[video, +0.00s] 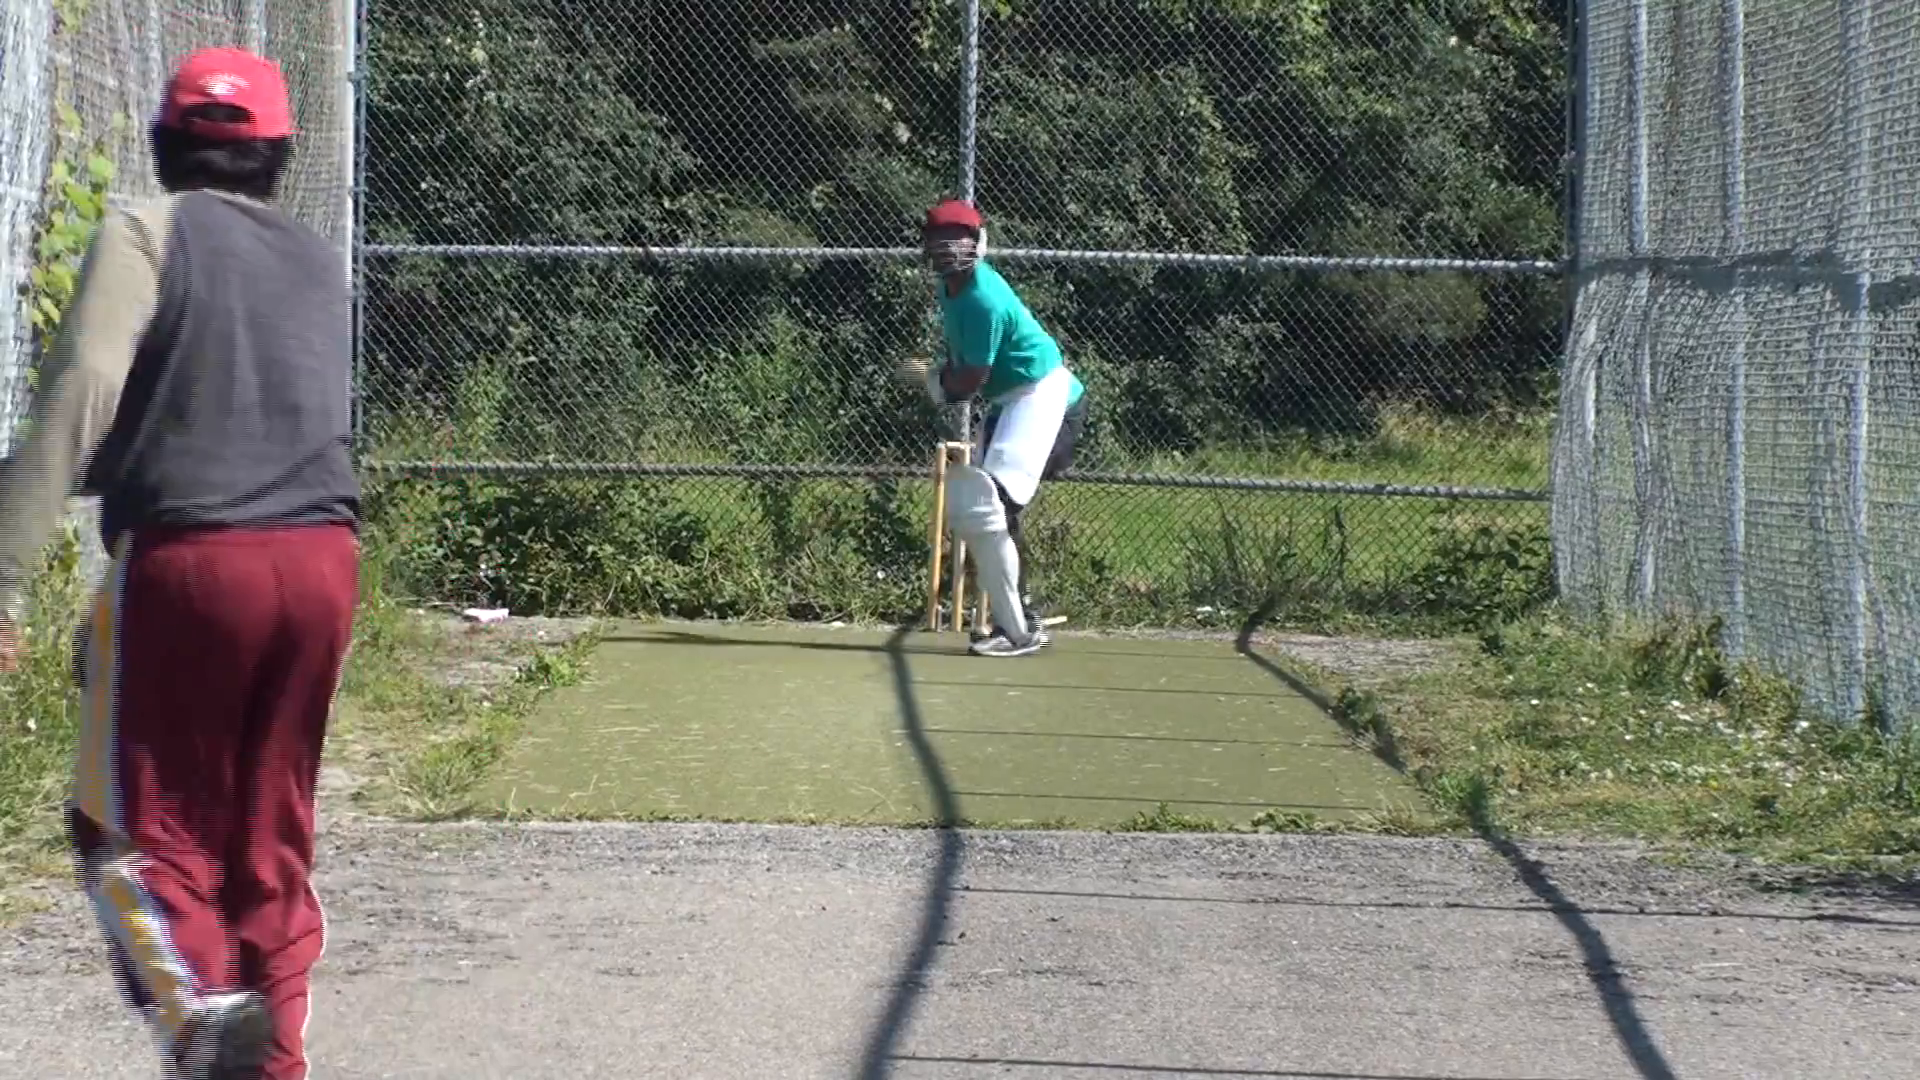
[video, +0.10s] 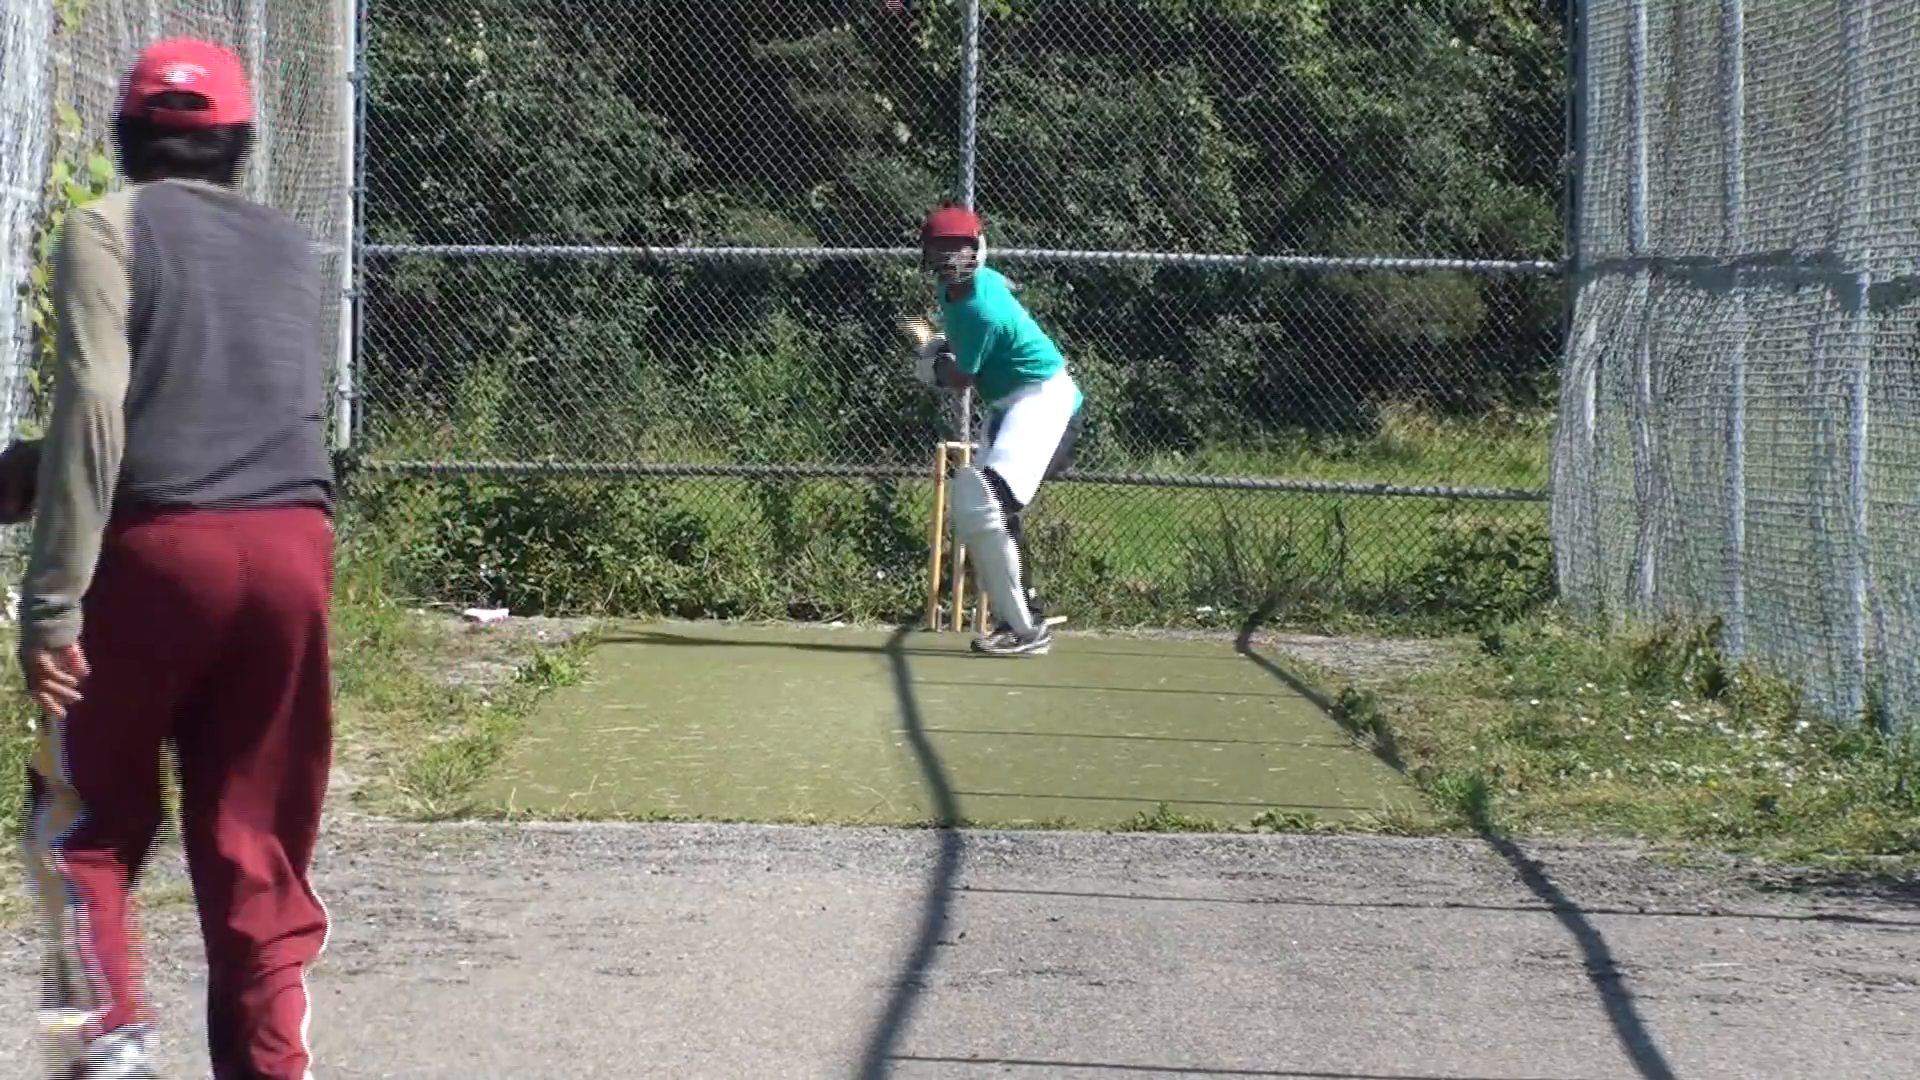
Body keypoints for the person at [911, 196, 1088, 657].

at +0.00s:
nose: (950, 248)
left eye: (961, 238)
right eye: (941, 239)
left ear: (977, 244)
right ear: (928, 248)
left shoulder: (981, 298)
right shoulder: (951, 289)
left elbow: (973, 380)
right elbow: (964, 362)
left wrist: (933, 384)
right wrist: (935, 377)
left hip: (1039, 391)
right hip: (1011, 392)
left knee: (997, 501)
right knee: (989, 499)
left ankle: (1017, 626)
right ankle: (1016, 616)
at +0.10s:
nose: (952, 257)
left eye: (962, 247)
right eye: (942, 248)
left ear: (978, 252)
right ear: (928, 256)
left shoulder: (977, 307)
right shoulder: (956, 290)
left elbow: (961, 374)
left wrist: (935, 364)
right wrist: (944, 352)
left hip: (1041, 394)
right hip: (1012, 396)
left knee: (984, 498)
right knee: (988, 502)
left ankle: (1023, 627)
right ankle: (1019, 615)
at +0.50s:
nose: (913, 274)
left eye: (918, 260)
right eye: (903, 269)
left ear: (939, 243)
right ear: (898, 272)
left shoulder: (979, 257)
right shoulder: (916, 319)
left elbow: (980, 310)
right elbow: (935, 380)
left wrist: (961, 355)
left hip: (1036, 392)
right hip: (983, 410)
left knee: (1021, 509)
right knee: (982, 508)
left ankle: (1011, 632)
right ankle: (1037, 593)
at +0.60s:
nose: (912, 261)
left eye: (913, 247)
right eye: (899, 259)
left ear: (926, 236)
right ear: (892, 269)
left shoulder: (971, 247)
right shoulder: (909, 307)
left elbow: (1004, 276)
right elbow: (938, 322)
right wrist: (954, 292)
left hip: (1023, 391)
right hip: (970, 407)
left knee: (1020, 516)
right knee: (970, 516)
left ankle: (1012, 632)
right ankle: (1025, 593)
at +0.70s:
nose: (900, 263)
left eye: (905, 248)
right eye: (888, 260)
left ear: (925, 234)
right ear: (879, 266)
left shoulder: (972, 250)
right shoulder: (892, 296)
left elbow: (1007, 280)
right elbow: (917, 308)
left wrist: (976, 267)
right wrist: (950, 251)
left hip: (1007, 393)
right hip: (946, 403)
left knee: (1016, 508)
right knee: (944, 506)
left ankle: (1002, 628)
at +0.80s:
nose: (889, 273)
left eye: (895, 260)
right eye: (878, 268)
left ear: (919, 244)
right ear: (871, 268)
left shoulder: (975, 267)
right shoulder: (886, 300)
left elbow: (1004, 315)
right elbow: (901, 338)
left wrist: (967, 312)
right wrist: (938, 297)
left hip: (987, 410)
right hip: (924, 415)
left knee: (999, 525)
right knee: (907, 513)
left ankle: (979, 625)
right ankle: (881, 628)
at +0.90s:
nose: (877, 295)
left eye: (883, 284)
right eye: (870, 289)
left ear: (909, 268)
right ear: (868, 287)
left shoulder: (961, 295)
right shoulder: (877, 323)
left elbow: (992, 356)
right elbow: (886, 384)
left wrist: (961, 371)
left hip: (967, 436)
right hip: (909, 439)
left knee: (976, 559)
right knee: (904, 531)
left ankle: (970, 626)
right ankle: (876, 640)